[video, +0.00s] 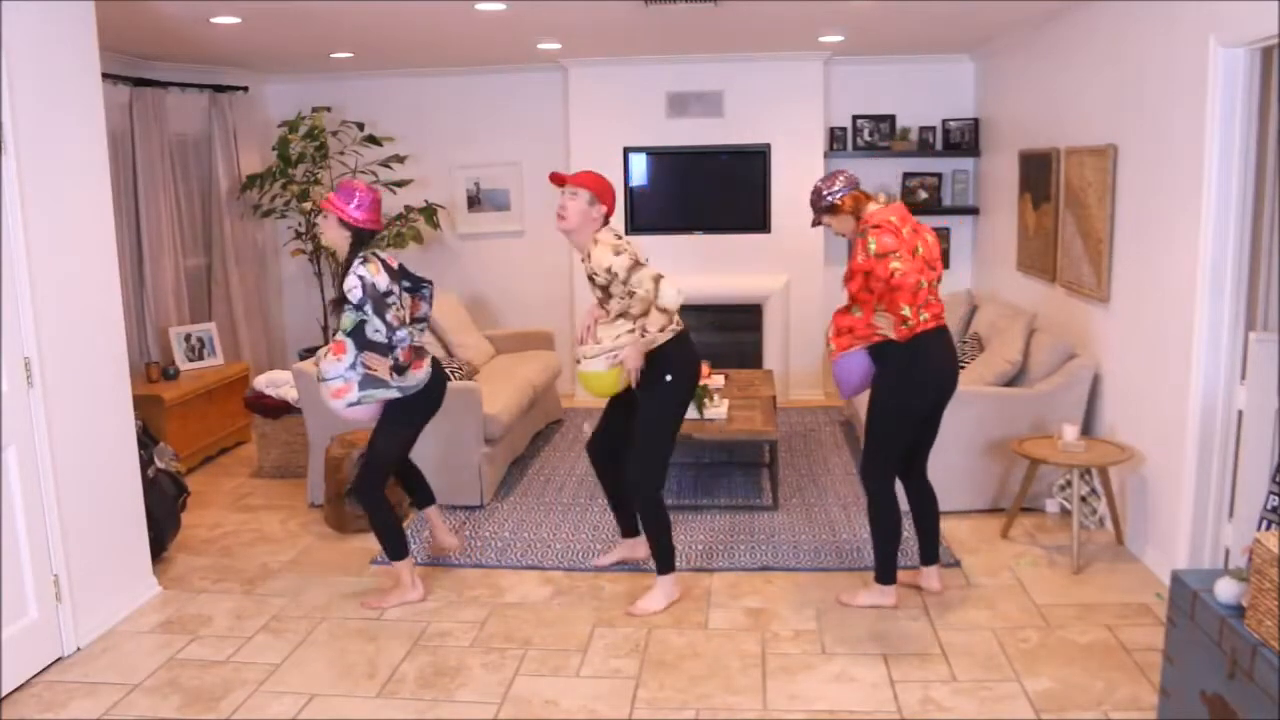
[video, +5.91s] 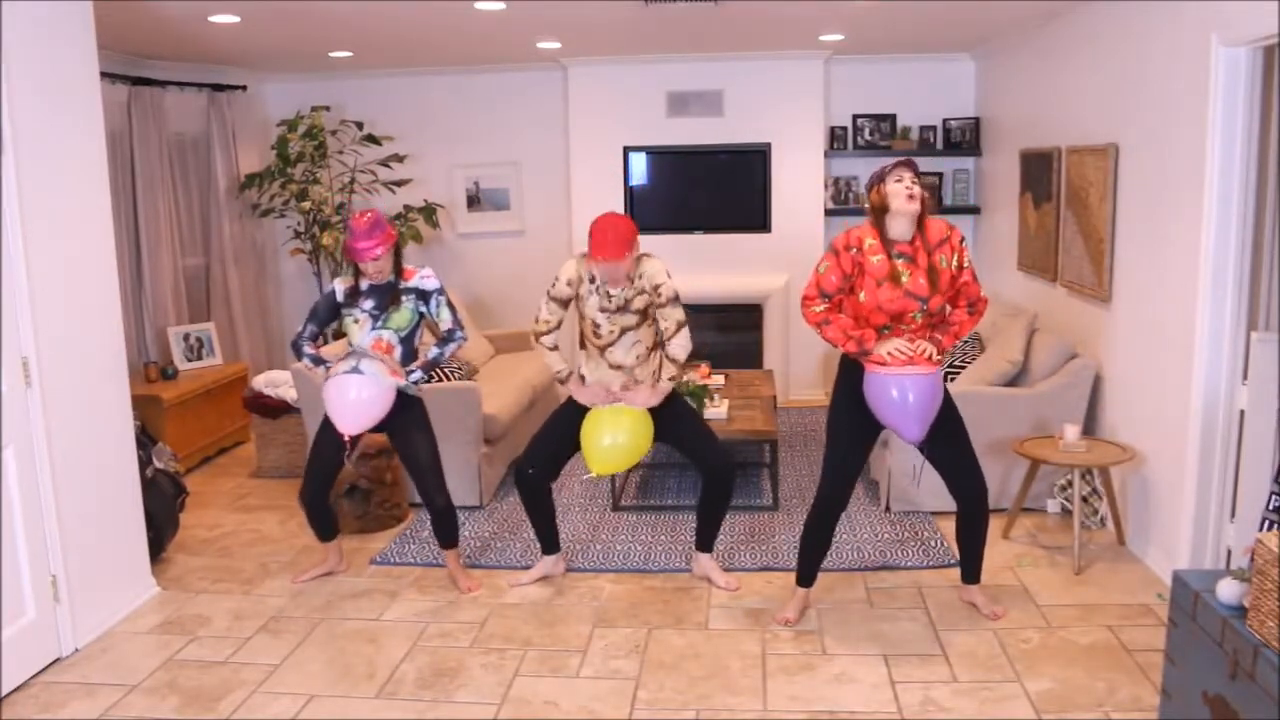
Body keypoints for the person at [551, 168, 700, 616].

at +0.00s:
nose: (561, 205)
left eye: (572, 199)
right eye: (562, 197)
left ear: (598, 212)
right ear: (566, 208)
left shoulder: (610, 255)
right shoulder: (593, 249)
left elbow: (667, 297)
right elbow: (624, 287)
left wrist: (638, 346)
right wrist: (594, 314)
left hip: (672, 361)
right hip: (647, 361)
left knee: (642, 473)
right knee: (604, 449)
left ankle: (668, 579)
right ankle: (632, 540)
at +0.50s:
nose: (614, 242)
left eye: (621, 232)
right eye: (605, 235)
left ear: (637, 223)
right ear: (594, 232)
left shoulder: (667, 250)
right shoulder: (586, 252)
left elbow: (721, 282)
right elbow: (578, 295)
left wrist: (684, 329)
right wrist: (606, 307)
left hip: (677, 359)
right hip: (626, 362)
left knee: (697, 457)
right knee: (595, 459)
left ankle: (699, 550)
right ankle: (628, 540)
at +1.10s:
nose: (625, 186)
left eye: (634, 177)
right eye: (616, 177)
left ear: (649, 180)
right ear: (605, 182)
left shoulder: (675, 224)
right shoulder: (584, 217)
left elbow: (714, 273)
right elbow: (546, 271)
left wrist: (674, 316)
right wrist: (594, 282)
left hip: (653, 349)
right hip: (601, 350)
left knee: (686, 451)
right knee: (569, 456)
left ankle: (701, 552)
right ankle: (587, 543)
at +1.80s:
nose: (616, 248)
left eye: (625, 240)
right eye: (607, 239)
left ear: (639, 247)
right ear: (593, 244)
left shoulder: (662, 278)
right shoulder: (570, 279)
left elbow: (693, 307)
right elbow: (548, 311)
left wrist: (665, 357)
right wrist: (591, 338)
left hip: (650, 376)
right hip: (592, 377)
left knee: (699, 455)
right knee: (546, 467)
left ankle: (703, 553)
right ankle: (554, 556)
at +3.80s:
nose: (607, 226)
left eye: (618, 225)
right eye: (600, 224)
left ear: (633, 247)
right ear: (589, 243)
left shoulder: (653, 293)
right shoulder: (563, 295)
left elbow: (678, 352)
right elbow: (554, 356)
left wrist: (663, 413)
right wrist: (589, 399)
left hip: (650, 402)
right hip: (588, 403)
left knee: (718, 468)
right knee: (524, 473)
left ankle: (704, 554)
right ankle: (552, 556)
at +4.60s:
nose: (606, 293)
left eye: (614, 285)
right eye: (598, 286)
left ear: (629, 265)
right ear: (584, 267)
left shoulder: (658, 276)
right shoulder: (564, 283)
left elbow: (685, 337)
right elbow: (552, 340)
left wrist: (650, 392)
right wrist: (591, 392)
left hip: (652, 389)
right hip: (591, 392)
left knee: (714, 464)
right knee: (534, 468)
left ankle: (703, 555)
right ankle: (552, 556)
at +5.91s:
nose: (611, 274)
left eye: (617, 264)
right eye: (603, 265)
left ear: (633, 252)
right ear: (591, 255)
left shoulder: (653, 272)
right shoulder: (576, 272)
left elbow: (679, 341)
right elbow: (543, 331)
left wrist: (657, 391)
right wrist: (576, 388)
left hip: (651, 393)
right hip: (592, 394)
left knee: (719, 466)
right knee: (530, 471)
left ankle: (704, 555)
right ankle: (551, 556)